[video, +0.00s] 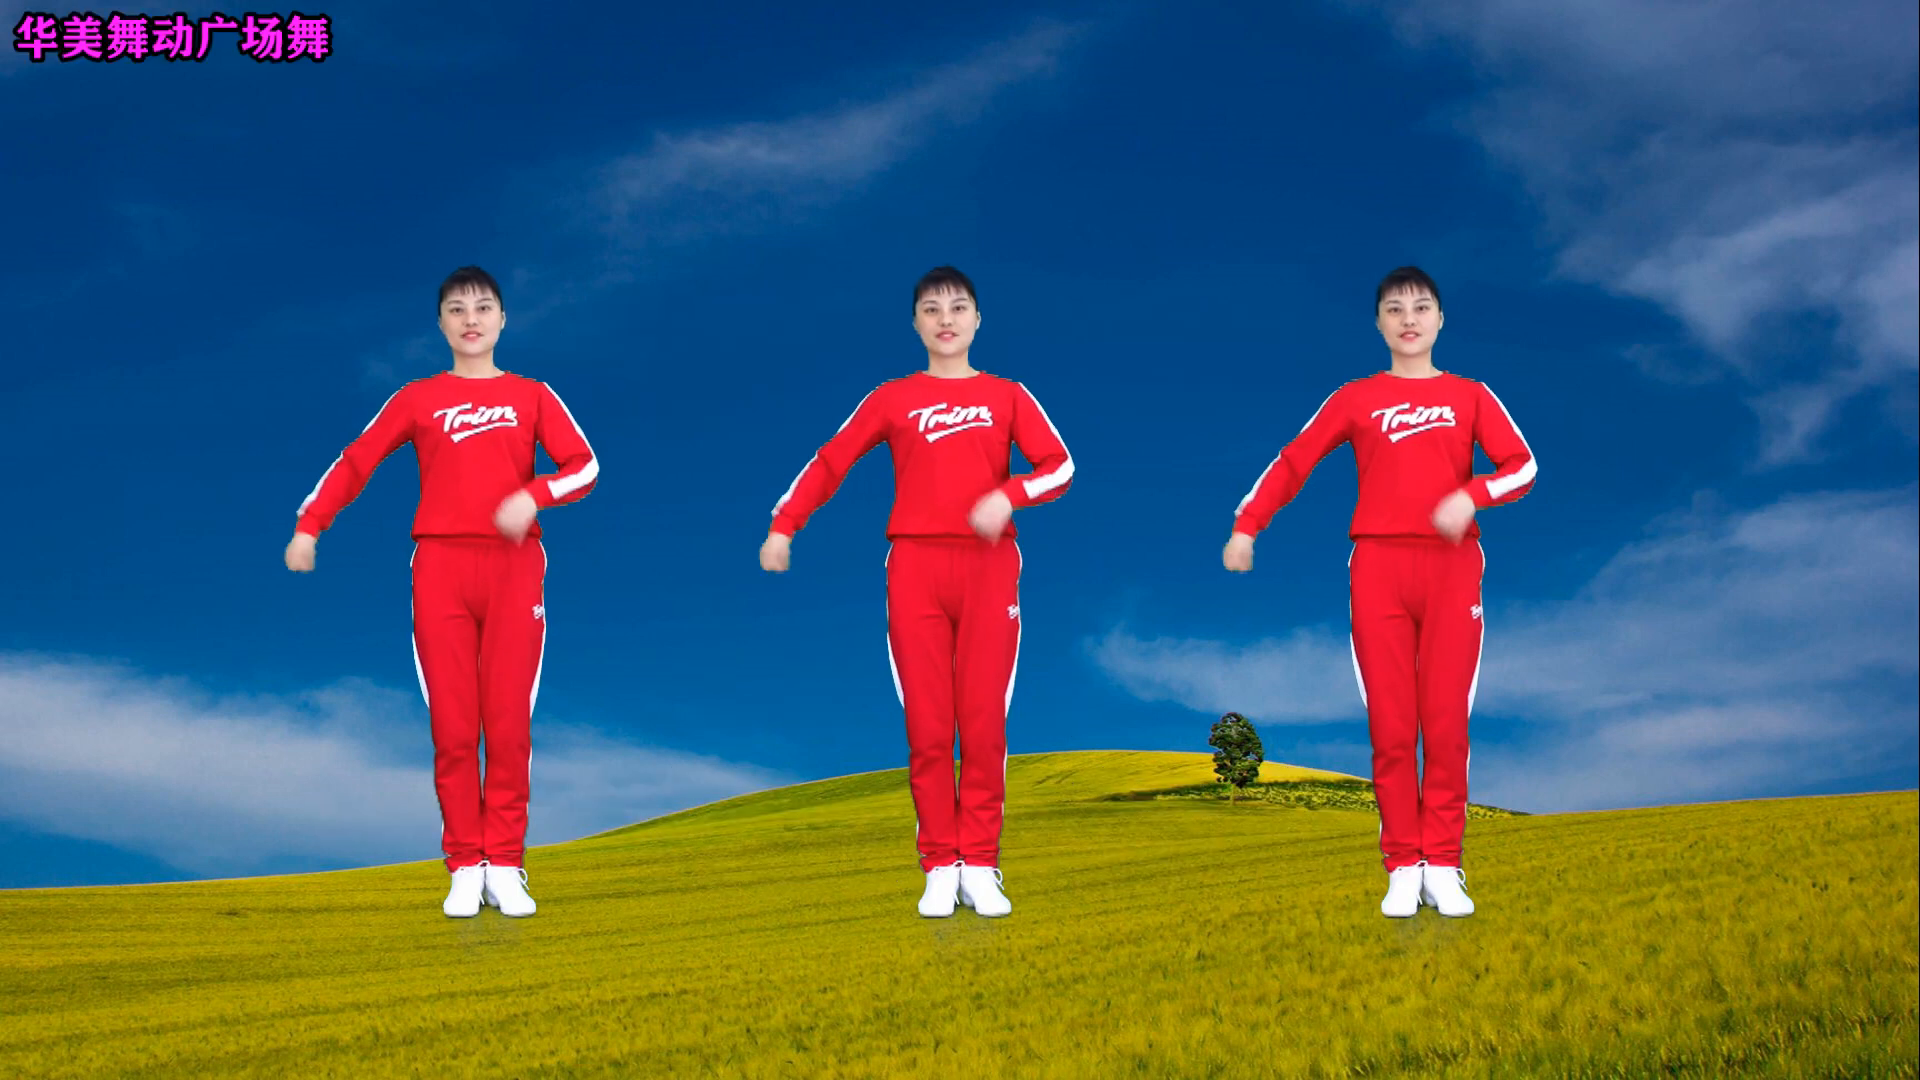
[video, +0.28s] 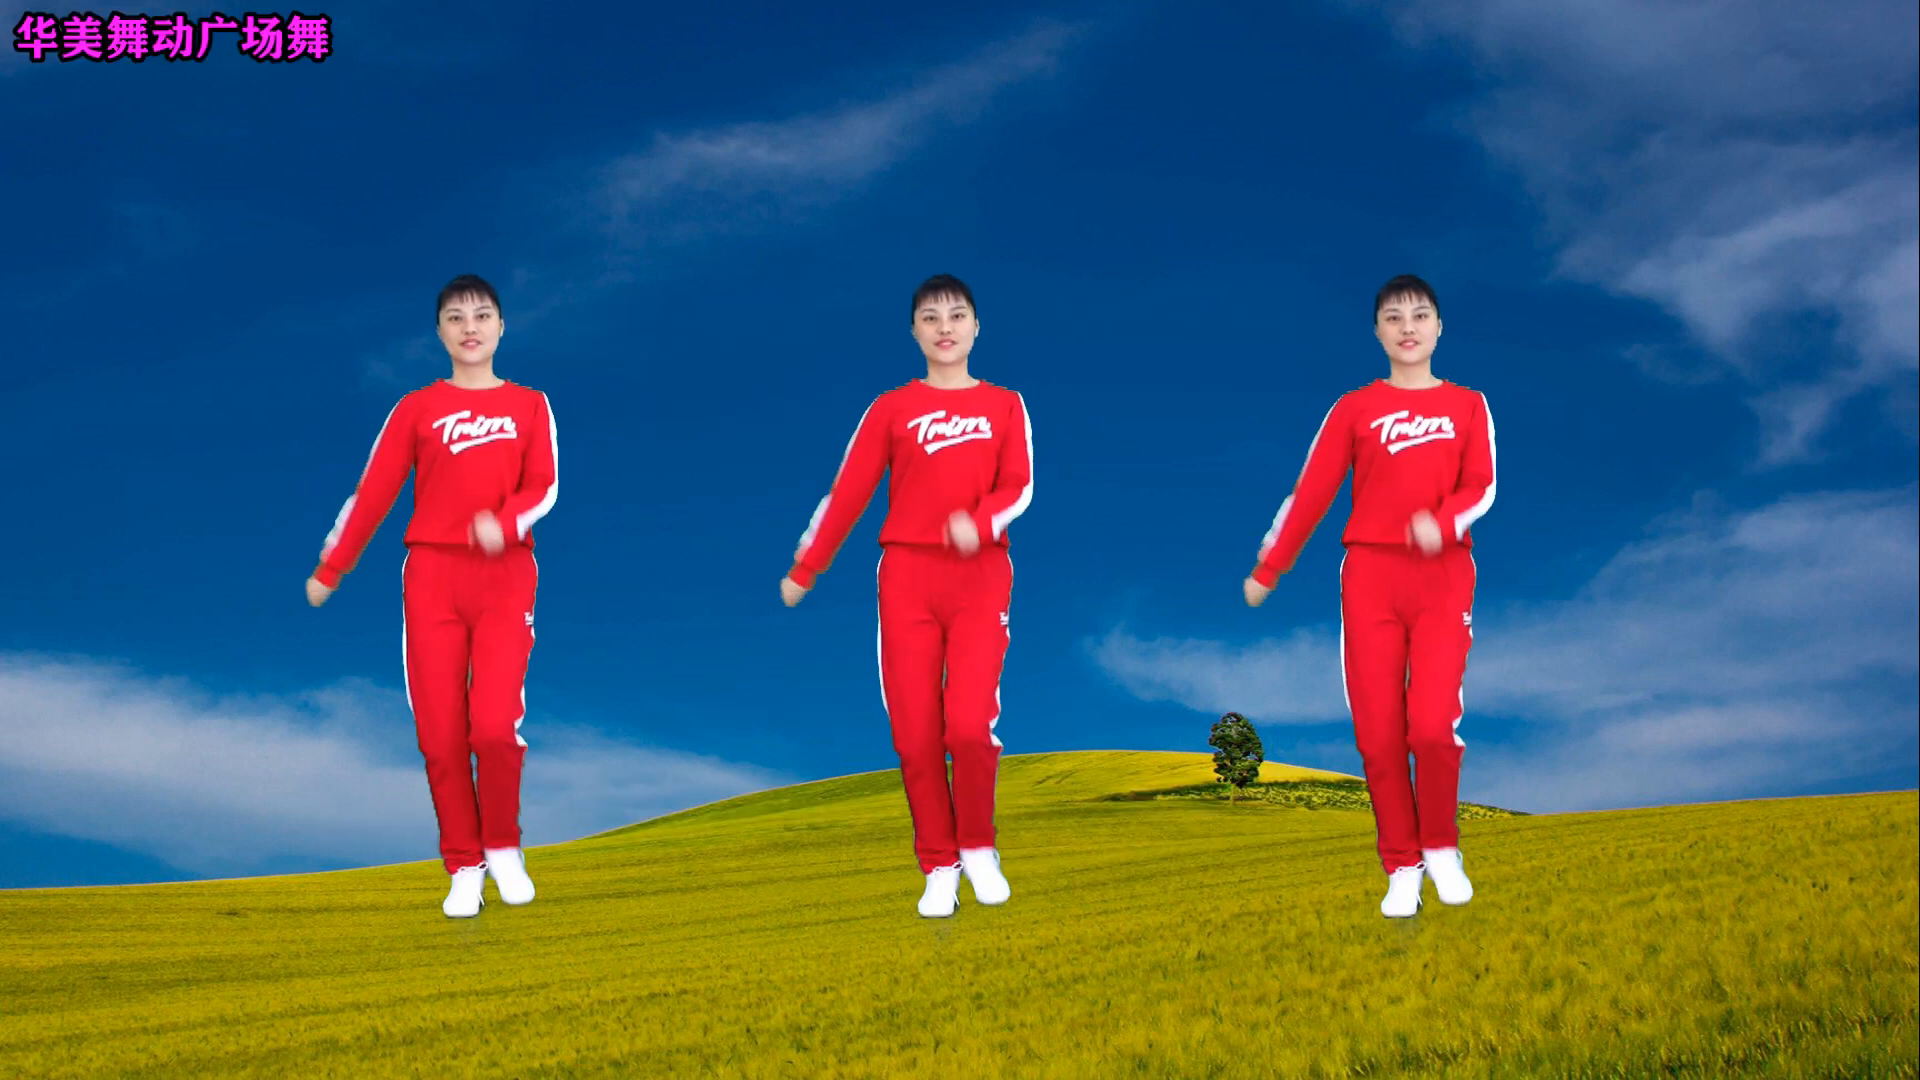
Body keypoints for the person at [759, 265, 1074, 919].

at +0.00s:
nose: (946, 319)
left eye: (957, 308)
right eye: (933, 311)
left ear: (976, 318)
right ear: (918, 323)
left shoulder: (1008, 396)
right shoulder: (891, 399)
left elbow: (1060, 468)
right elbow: (830, 462)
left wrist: (1008, 494)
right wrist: (781, 527)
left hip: (989, 573)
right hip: (915, 572)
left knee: (984, 722)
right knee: (928, 727)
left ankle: (980, 865)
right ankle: (940, 866)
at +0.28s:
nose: (945, 327)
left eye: (956, 316)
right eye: (932, 318)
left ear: (975, 327)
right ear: (916, 331)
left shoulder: (1005, 403)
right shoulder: (889, 408)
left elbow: (1019, 485)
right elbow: (847, 493)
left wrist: (982, 520)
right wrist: (805, 568)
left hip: (981, 580)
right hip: (906, 579)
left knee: (970, 723)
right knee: (914, 733)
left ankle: (978, 849)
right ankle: (939, 865)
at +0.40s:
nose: (945, 329)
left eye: (957, 319)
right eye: (932, 320)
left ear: (974, 330)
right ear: (916, 333)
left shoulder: (1004, 409)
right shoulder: (888, 411)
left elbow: (1018, 503)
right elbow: (866, 498)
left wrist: (1022, 589)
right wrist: (889, 565)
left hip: (979, 581)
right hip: (906, 582)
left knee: (955, 715)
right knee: (906, 730)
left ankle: (973, 808)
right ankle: (937, 863)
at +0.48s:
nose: (946, 315)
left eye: (958, 305)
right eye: (933, 305)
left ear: (975, 317)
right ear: (916, 319)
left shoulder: (1004, 395)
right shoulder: (888, 396)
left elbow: (1037, 485)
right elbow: (852, 476)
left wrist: (1056, 571)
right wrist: (914, 490)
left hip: (981, 567)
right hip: (905, 568)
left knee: (957, 705)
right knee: (912, 720)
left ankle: (973, 809)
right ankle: (939, 860)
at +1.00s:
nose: (958, 328)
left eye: (969, 316)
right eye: (945, 318)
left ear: (988, 326)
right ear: (928, 330)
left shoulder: (1019, 407)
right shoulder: (903, 413)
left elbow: (1041, 501)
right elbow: (896, 508)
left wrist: (1052, 587)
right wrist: (898, 592)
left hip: (1010, 581)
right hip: (936, 584)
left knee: (1006, 729)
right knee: (959, 709)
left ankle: (985, 868)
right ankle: (950, 811)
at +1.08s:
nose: (959, 324)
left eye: (971, 312)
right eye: (946, 314)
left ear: (989, 322)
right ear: (930, 326)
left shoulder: (1021, 401)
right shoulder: (905, 407)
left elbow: (1042, 485)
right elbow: (881, 500)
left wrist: (1012, 540)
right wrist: (863, 589)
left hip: (1011, 573)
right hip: (936, 574)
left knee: (1009, 722)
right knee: (965, 699)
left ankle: (986, 866)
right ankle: (952, 804)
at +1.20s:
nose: (959, 305)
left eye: (970, 294)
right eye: (946, 295)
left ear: (989, 303)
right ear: (929, 308)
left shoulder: (1021, 380)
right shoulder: (905, 387)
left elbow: (1061, 465)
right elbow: (854, 463)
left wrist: (1006, 442)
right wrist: (815, 544)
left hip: (1009, 556)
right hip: (933, 556)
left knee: (1002, 712)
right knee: (960, 705)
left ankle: (989, 861)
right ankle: (950, 825)